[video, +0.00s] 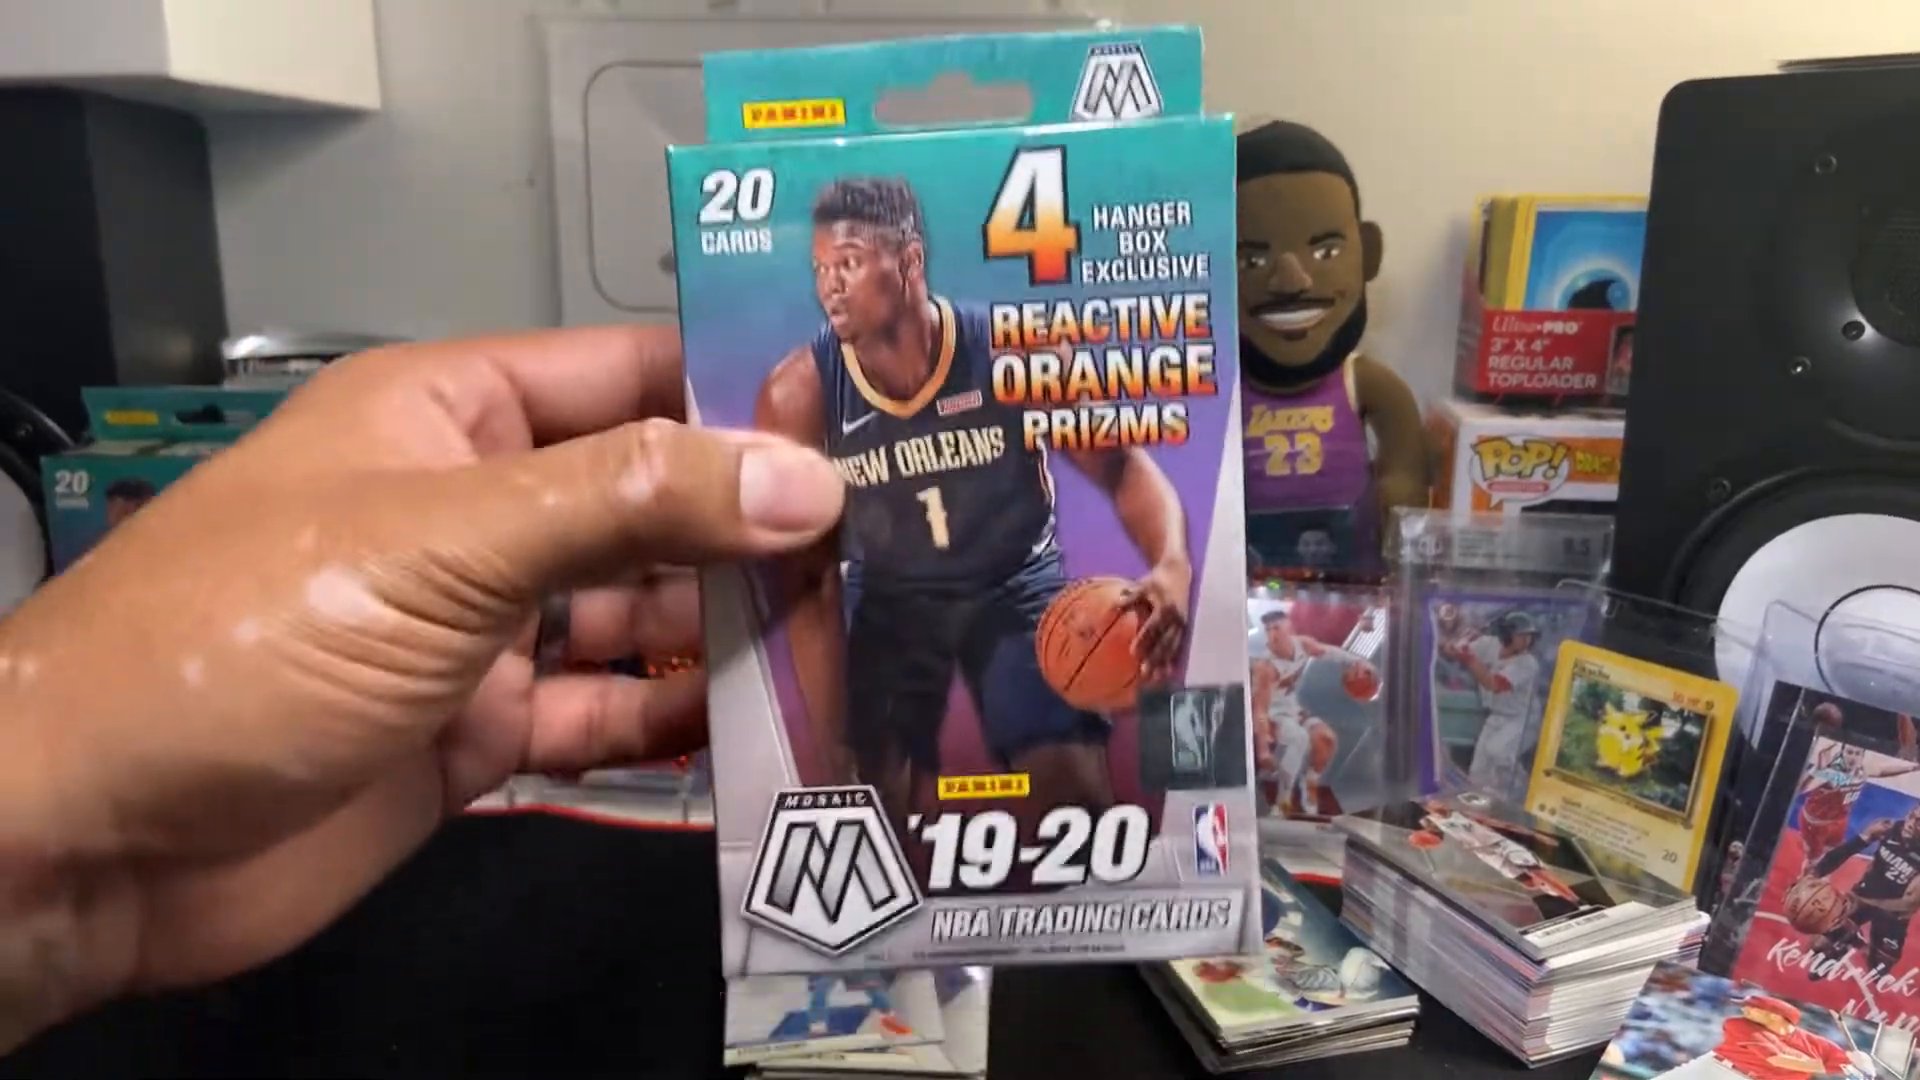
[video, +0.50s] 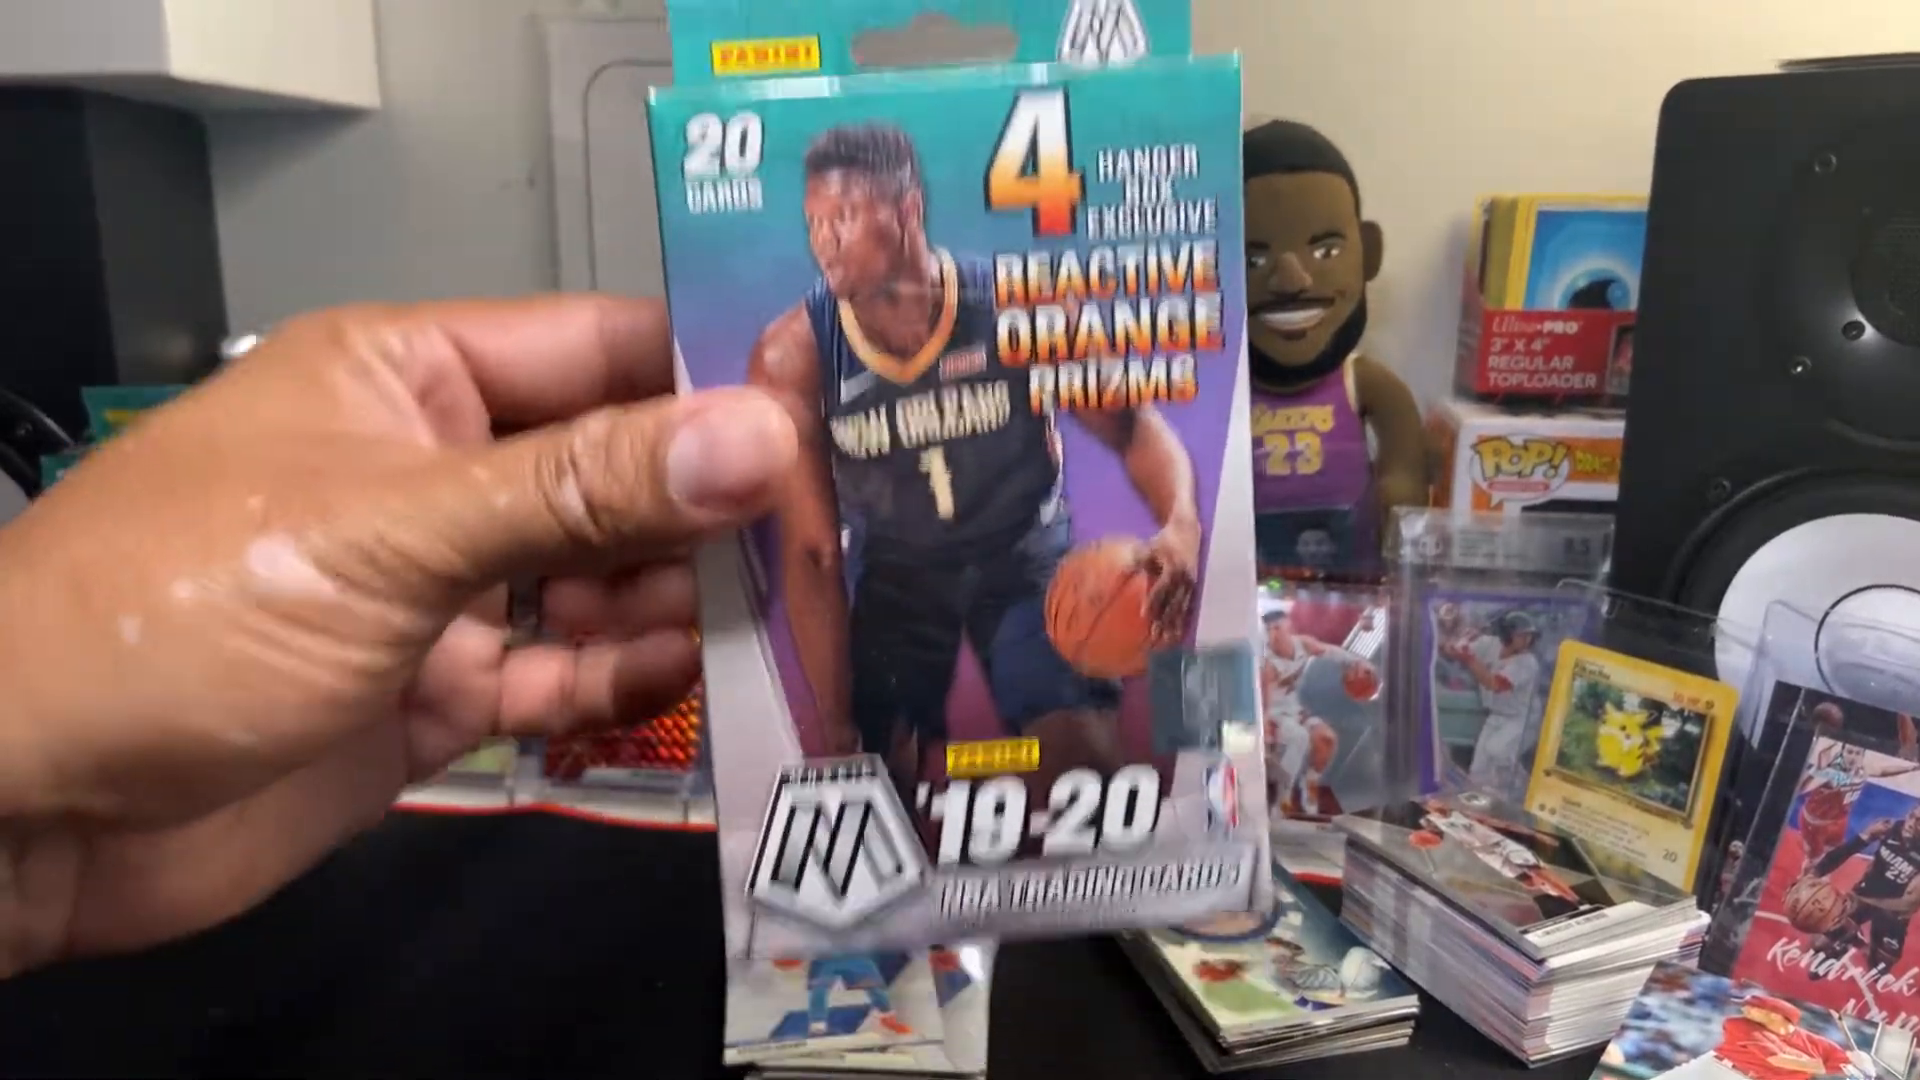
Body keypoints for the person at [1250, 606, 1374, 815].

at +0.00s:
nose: (1274, 634)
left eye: (1278, 628)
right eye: (1269, 629)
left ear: (1289, 628)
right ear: (1265, 633)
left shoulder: (1303, 645)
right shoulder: (1264, 666)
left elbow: (1331, 652)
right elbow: (1260, 710)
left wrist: (1360, 662)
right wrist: (1263, 750)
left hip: (1295, 709)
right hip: (1272, 713)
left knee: (1326, 740)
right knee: (1299, 739)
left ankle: (1311, 787)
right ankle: (1282, 801)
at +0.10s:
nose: (1273, 635)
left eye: (1278, 628)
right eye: (1269, 630)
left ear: (1289, 629)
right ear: (1266, 634)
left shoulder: (1304, 644)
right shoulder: (1264, 666)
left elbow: (1331, 653)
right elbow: (1260, 710)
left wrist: (1359, 662)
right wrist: (1263, 749)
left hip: (1295, 709)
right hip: (1273, 712)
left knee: (1326, 740)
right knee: (1299, 738)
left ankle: (1311, 785)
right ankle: (1283, 799)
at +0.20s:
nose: (1274, 635)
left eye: (1278, 628)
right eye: (1270, 630)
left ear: (1289, 628)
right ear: (1266, 633)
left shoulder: (1303, 644)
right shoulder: (1265, 666)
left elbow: (1331, 653)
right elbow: (1260, 710)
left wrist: (1360, 663)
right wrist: (1263, 748)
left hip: (1296, 710)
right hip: (1274, 713)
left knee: (1326, 740)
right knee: (1299, 738)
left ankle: (1311, 786)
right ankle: (1283, 800)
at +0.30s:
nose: (1274, 635)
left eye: (1278, 628)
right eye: (1270, 629)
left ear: (1288, 627)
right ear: (1266, 633)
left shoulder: (1303, 644)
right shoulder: (1266, 665)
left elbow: (1332, 652)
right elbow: (1262, 707)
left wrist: (1359, 662)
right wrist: (1265, 743)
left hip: (1296, 709)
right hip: (1274, 713)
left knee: (1326, 739)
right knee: (1299, 738)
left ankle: (1311, 786)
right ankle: (1282, 800)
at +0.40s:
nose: (1273, 635)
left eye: (1277, 628)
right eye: (1269, 630)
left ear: (1288, 627)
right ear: (1265, 633)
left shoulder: (1301, 644)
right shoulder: (1264, 659)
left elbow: (1328, 653)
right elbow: (1263, 699)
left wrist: (1358, 663)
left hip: (1296, 712)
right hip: (1273, 714)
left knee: (1326, 740)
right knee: (1299, 739)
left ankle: (1312, 787)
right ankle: (1284, 797)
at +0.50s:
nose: (1275, 634)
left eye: (1279, 628)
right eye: (1270, 629)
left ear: (1288, 627)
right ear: (1266, 632)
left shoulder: (1302, 643)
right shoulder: (1267, 663)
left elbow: (1331, 651)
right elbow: (1263, 703)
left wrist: (1359, 662)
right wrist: (1264, 729)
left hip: (1297, 710)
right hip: (1275, 712)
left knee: (1326, 739)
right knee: (1298, 738)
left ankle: (1311, 786)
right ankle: (1284, 796)